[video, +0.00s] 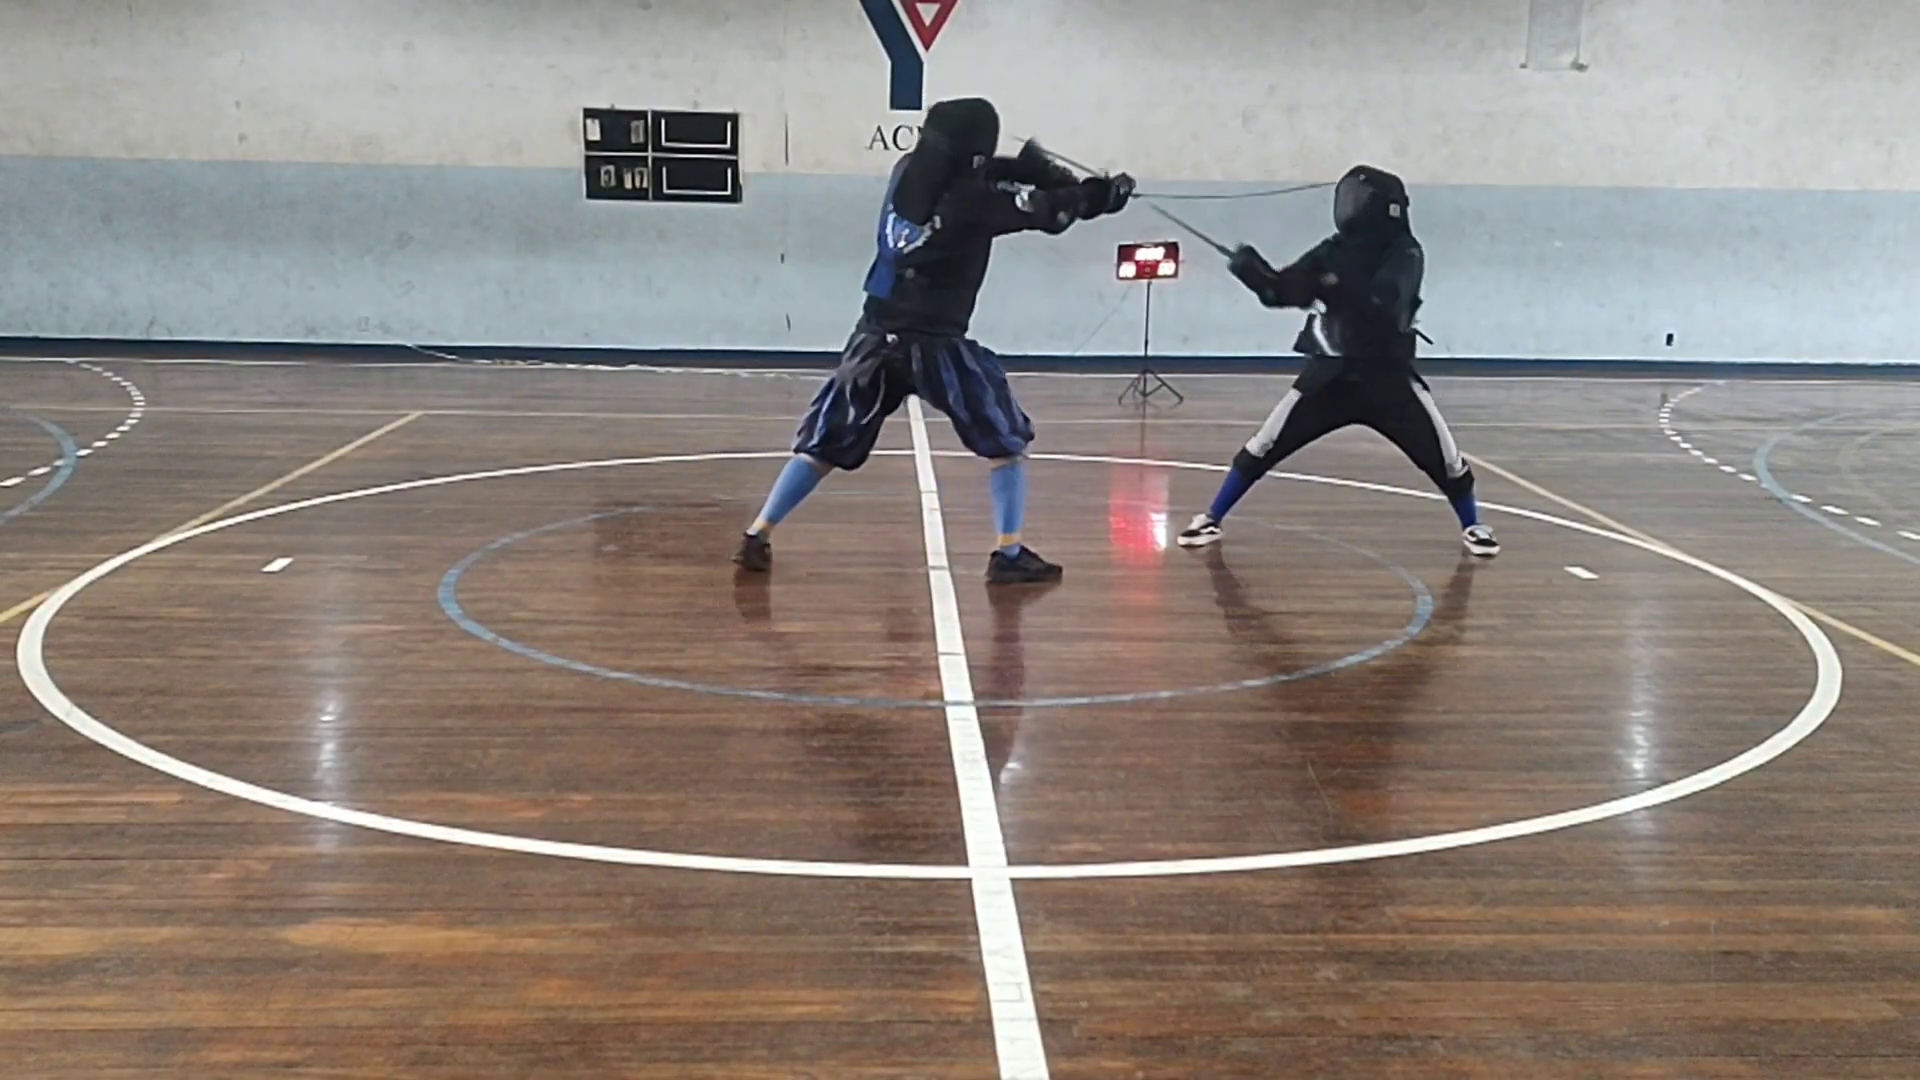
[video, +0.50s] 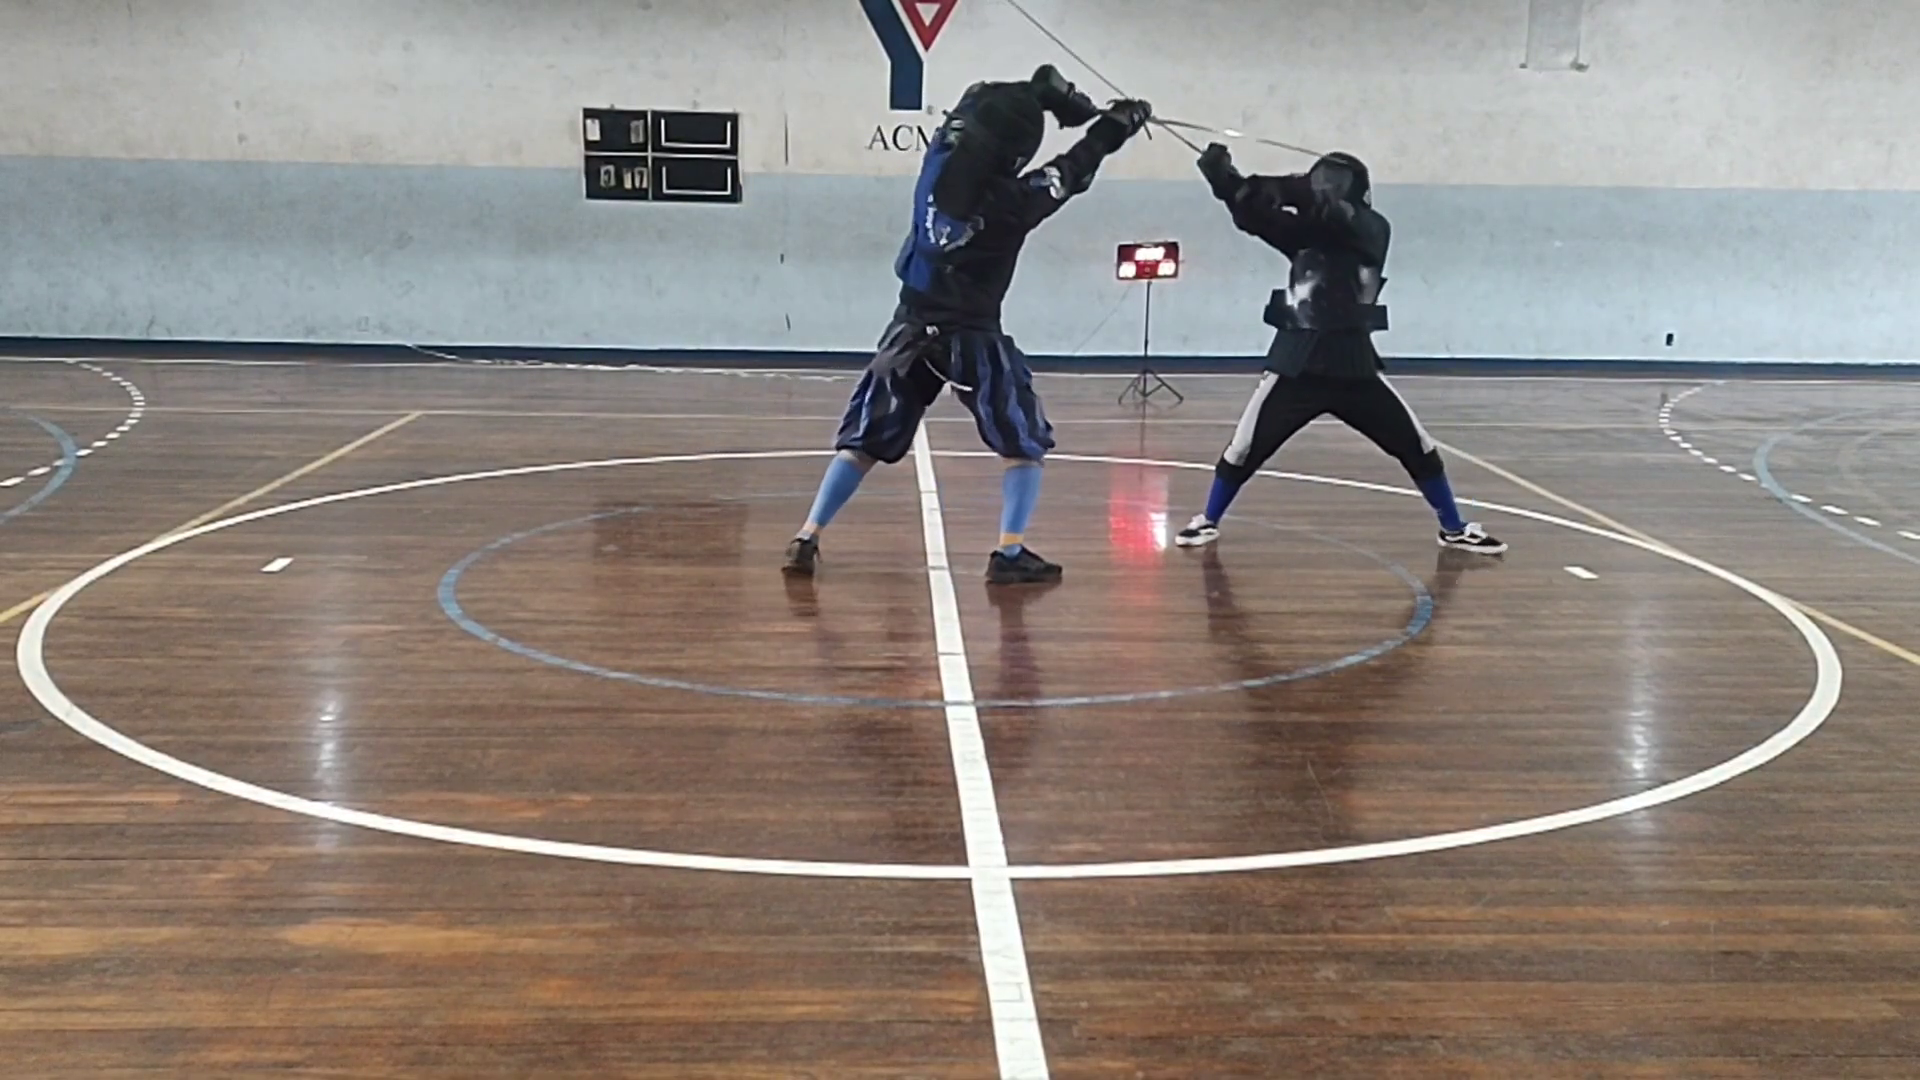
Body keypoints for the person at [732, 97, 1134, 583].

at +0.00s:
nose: (987, 147)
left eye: (988, 141)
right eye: (984, 139)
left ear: (935, 137)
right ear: (972, 148)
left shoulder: (905, 172)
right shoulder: (974, 199)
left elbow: (967, 173)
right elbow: (1046, 212)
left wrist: (1014, 166)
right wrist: (1096, 196)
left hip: (875, 335)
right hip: (938, 341)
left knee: (828, 437)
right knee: (1005, 435)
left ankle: (757, 533)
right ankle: (1010, 552)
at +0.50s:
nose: (1033, 156)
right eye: (1030, 148)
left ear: (974, 128)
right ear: (1016, 151)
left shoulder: (937, 162)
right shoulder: (1014, 202)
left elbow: (981, 100)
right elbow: (1074, 169)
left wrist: (1045, 94)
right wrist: (1113, 126)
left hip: (910, 328)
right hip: (975, 336)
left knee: (869, 434)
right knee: (1025, 441)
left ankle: (806, 537)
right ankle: (1009, 552)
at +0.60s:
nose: (1037, 155)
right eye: (1035, 148)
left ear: (977, 129)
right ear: (1020, 151)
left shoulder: (941, 164)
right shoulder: (1020, 201)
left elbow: (981, 97)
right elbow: (1076, 166)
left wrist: (1043, 87)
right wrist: (1115, 122)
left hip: (917, 326)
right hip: (983, 335)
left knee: (873, 431)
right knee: (1029, 441)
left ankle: (811, 536)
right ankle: (1009, 552)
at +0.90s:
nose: (1039, 159)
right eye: (1036, 151)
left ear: (981, 136)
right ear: (1025, 155)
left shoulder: (947, 168)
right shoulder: (1028, 202)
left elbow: (984, 117)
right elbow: (1084, 174)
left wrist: (1047, 104)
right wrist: (1121, 134)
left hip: (923, 331)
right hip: (990, 339)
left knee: (876, 433)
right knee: (1034, 442)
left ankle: (820, 545)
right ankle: (1010, 552)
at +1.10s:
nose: (1039, 148)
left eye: (1038, 141)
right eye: (1038, 141)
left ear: (983, 126)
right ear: (1028, 144)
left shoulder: (940, 162)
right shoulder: (1026, 194)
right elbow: (1072, 244)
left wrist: (1032, 184)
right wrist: (1081, 195)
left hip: (919, 330)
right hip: (985, 337)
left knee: (873, 434)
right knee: (1030, 441)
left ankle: (820, 545)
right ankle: (1011, 550)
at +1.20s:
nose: (1033, 159)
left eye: (1034, 148)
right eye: (1034, 149)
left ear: (977, 129)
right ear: (1026, 151)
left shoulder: (927, 170)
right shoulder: (1026, 208)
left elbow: (900, 239)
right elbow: (1040, 288)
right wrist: (1038, 236)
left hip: (918, 332)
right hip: (987, 339)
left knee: (873, 434)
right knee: (1031, 440)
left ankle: (819, 546)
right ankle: (1011, 551)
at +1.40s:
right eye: (999, 148)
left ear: (941, 136)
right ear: (995, 151)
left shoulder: (893, 195)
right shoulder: (1008, 220)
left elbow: (869, 273)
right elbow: (1006, 307)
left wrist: (882, 326)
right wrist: (957, 317)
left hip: (899, 338)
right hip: (972, 344)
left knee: (851, 432)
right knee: (1024, 440)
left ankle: (807, 539)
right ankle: (1011, 551)